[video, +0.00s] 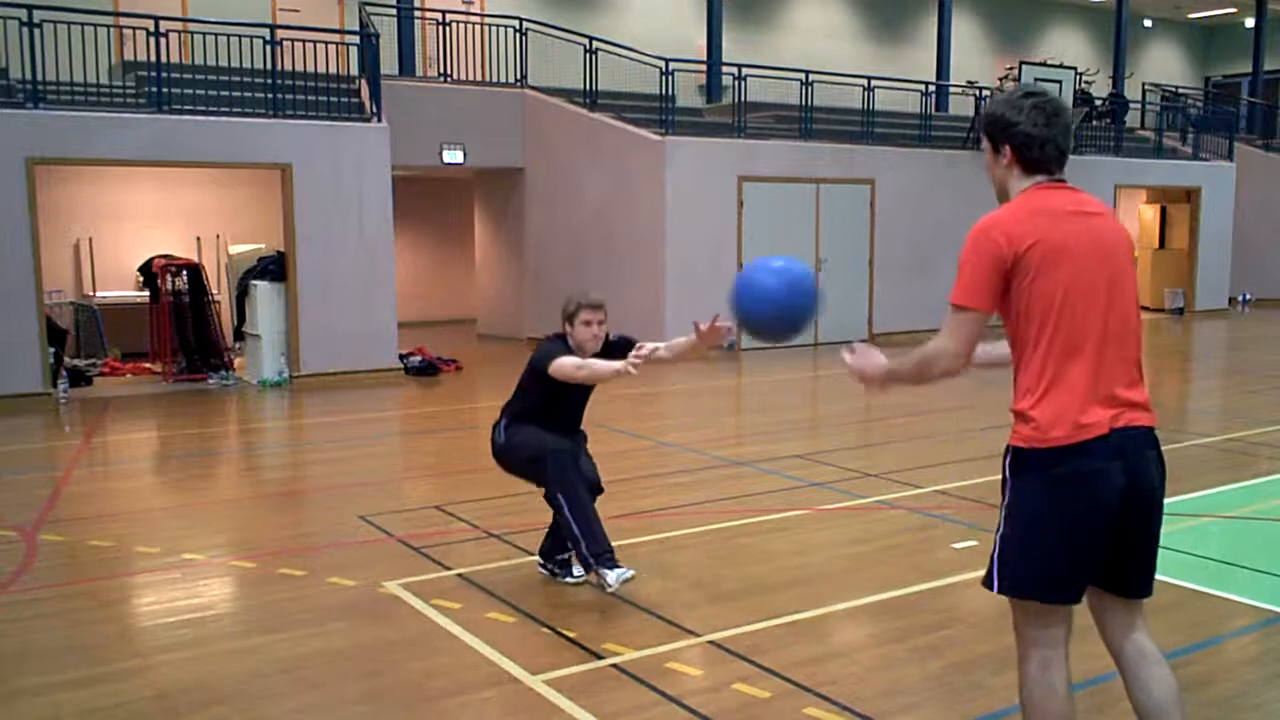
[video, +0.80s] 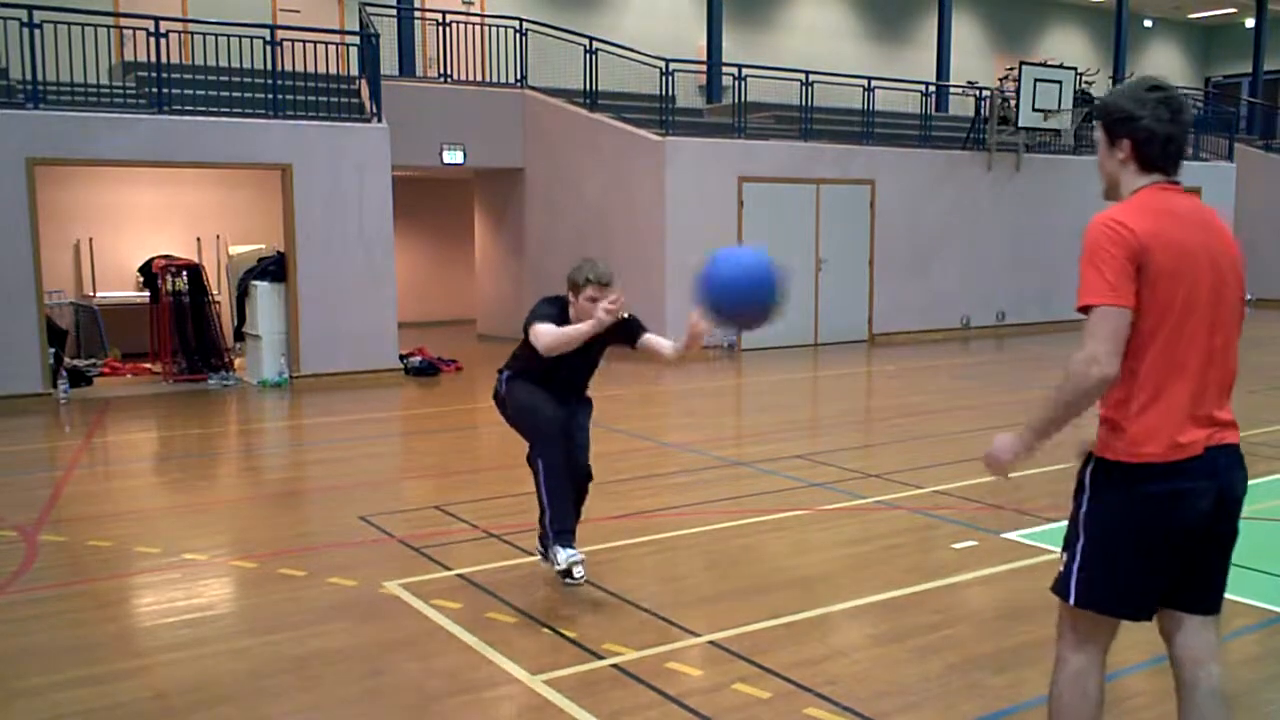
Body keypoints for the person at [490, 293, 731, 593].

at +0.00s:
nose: (596, 331)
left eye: (600, 324)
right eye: (587, 324)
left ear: (606, 326)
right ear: (569, 328)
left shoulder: (609, 348)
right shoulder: (549, 352)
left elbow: (661, 350)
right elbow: (578, 371)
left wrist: (698, 342)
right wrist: (618, 368)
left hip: (566, 438)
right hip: (518, 435)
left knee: (587, 485)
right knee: (560, 460)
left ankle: (554, 555)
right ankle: (602, 564)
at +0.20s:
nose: (596, 325)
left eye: (601, 318)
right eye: (587, 318)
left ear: (607, 319)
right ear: (568, 321)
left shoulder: (608, 342)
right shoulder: (550, 348)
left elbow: (647, 361)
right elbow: (580, 379)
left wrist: (681, 369)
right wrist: (623, 388)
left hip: (568, 427)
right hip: (520, 423)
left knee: (582, 485)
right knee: (557, 453)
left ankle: (553, 555)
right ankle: (593, 560)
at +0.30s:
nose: (594, 323)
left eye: (599, 315)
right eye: (585, 316)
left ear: (605, 317)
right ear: (567, 319)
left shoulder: (612, 344)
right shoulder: (547, 349)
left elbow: (648, 389)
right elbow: (569, 410)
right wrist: (629, 418)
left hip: (572, 421)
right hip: (523, 419)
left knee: (580, 488)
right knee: (557, 453)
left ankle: (553, 555)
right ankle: (586, 568)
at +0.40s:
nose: (598, 321)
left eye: (603, 313)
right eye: (589, 313)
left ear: (609, 315)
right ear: (570, 317)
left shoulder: (615, 348)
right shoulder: (544, 346)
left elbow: (640, 401)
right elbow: (531, 423)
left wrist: (653, 430)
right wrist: (590, 434)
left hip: (577, 420)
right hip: (527, 417)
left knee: (584, 490)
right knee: (558, 478)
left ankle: (553, 555)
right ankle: (581, 576)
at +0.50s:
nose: (602, 320)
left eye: (607, 312)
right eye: (593, 312)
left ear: (612, 313)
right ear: (573, 315)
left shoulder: (620, 349)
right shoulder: (545, 346)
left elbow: (633, 393)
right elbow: (513, 420)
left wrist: (626, 409)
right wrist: (572, 419)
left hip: (578, 420)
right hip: (531, 416)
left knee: (584, 490)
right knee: (561, 474)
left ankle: (553, 555)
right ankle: (577, 575)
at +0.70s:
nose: (598, 310)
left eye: (604, 302)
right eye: (590, 303)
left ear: (610, 302)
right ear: (571, 304)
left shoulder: (612, 326)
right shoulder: (548, 324)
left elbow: (646, 339)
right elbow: (552, 369)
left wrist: (688, 333)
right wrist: (604, 358)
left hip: (573, 403)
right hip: (526, 396)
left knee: (580, 483)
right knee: (553, 450)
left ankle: (552, 553)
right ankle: (567, 555)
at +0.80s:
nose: (602, 308)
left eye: (607, 300)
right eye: (592, 300)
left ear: (613, 299)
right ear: (571, 297)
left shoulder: (615, 322)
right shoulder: (548, 310)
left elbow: (667, 351)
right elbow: (546, 343)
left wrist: (687, 343)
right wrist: (597, 323)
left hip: (571, 398)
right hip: (523, 388)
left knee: (579, 471)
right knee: (550, 441)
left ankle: (553, 541)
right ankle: (562, 544)